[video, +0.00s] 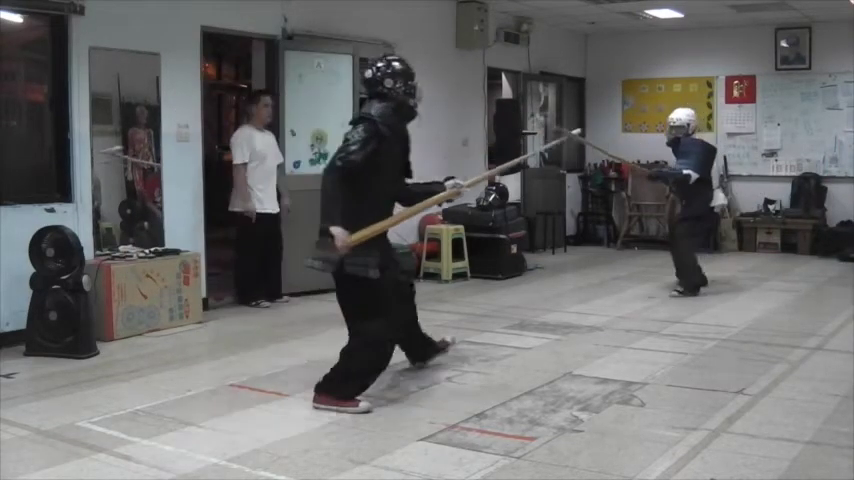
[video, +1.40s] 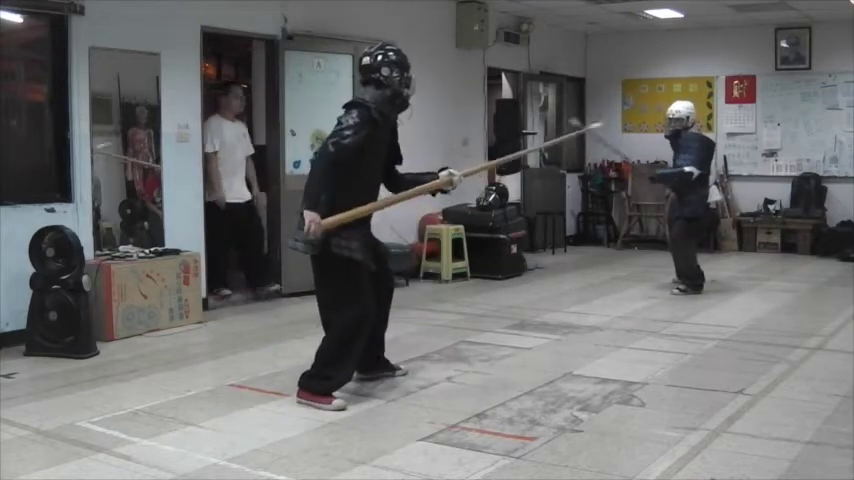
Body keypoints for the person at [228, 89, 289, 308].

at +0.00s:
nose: (270, 111)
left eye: (271, 106)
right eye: (265, 106)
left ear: (270, 110)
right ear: (252, 109)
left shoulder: (269, 136)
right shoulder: (242, 135)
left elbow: (272, 172)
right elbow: (239, 171)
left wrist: (282, 196)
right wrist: (246, 201)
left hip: (270, 206)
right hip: (250, 207)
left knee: (273, 252)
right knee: (250, 254)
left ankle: (273, 292)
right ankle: (249, 295)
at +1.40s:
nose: (242, 102)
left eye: (242, 98)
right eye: (237, 98)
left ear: (241, 102)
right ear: (224, 100)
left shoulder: (241, 127)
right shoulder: (212, 124)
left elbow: (248, 161)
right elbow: (211, 159)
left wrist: (255, 190)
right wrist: (216, 191)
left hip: (243, 198)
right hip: (219, 199)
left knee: (254, 238)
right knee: (219, 245)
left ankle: (260, 282)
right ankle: (217, 285)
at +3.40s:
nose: (232, 99)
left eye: (232, 95)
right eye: (227, 95)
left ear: (232, 99)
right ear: (215, 98)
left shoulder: (233, 125)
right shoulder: (207, 123)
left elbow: (243, 156)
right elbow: (207, 158)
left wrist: (253, 182)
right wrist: (217, 188)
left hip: (237, 195)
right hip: (215, 197)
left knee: (241, 241)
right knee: (217, 244)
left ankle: (251, 280)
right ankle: (217, 285)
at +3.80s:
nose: (231, 100)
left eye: (232, 95)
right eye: (226, 95)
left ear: (233, 98)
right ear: (214, 98)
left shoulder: (235, 123)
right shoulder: (209, 123)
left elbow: (239, 153)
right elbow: (208, 155)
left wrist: (239, 177)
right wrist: (216, 183)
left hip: (233, 183)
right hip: (217, 185)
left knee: (229, 234)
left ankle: (228, 282)